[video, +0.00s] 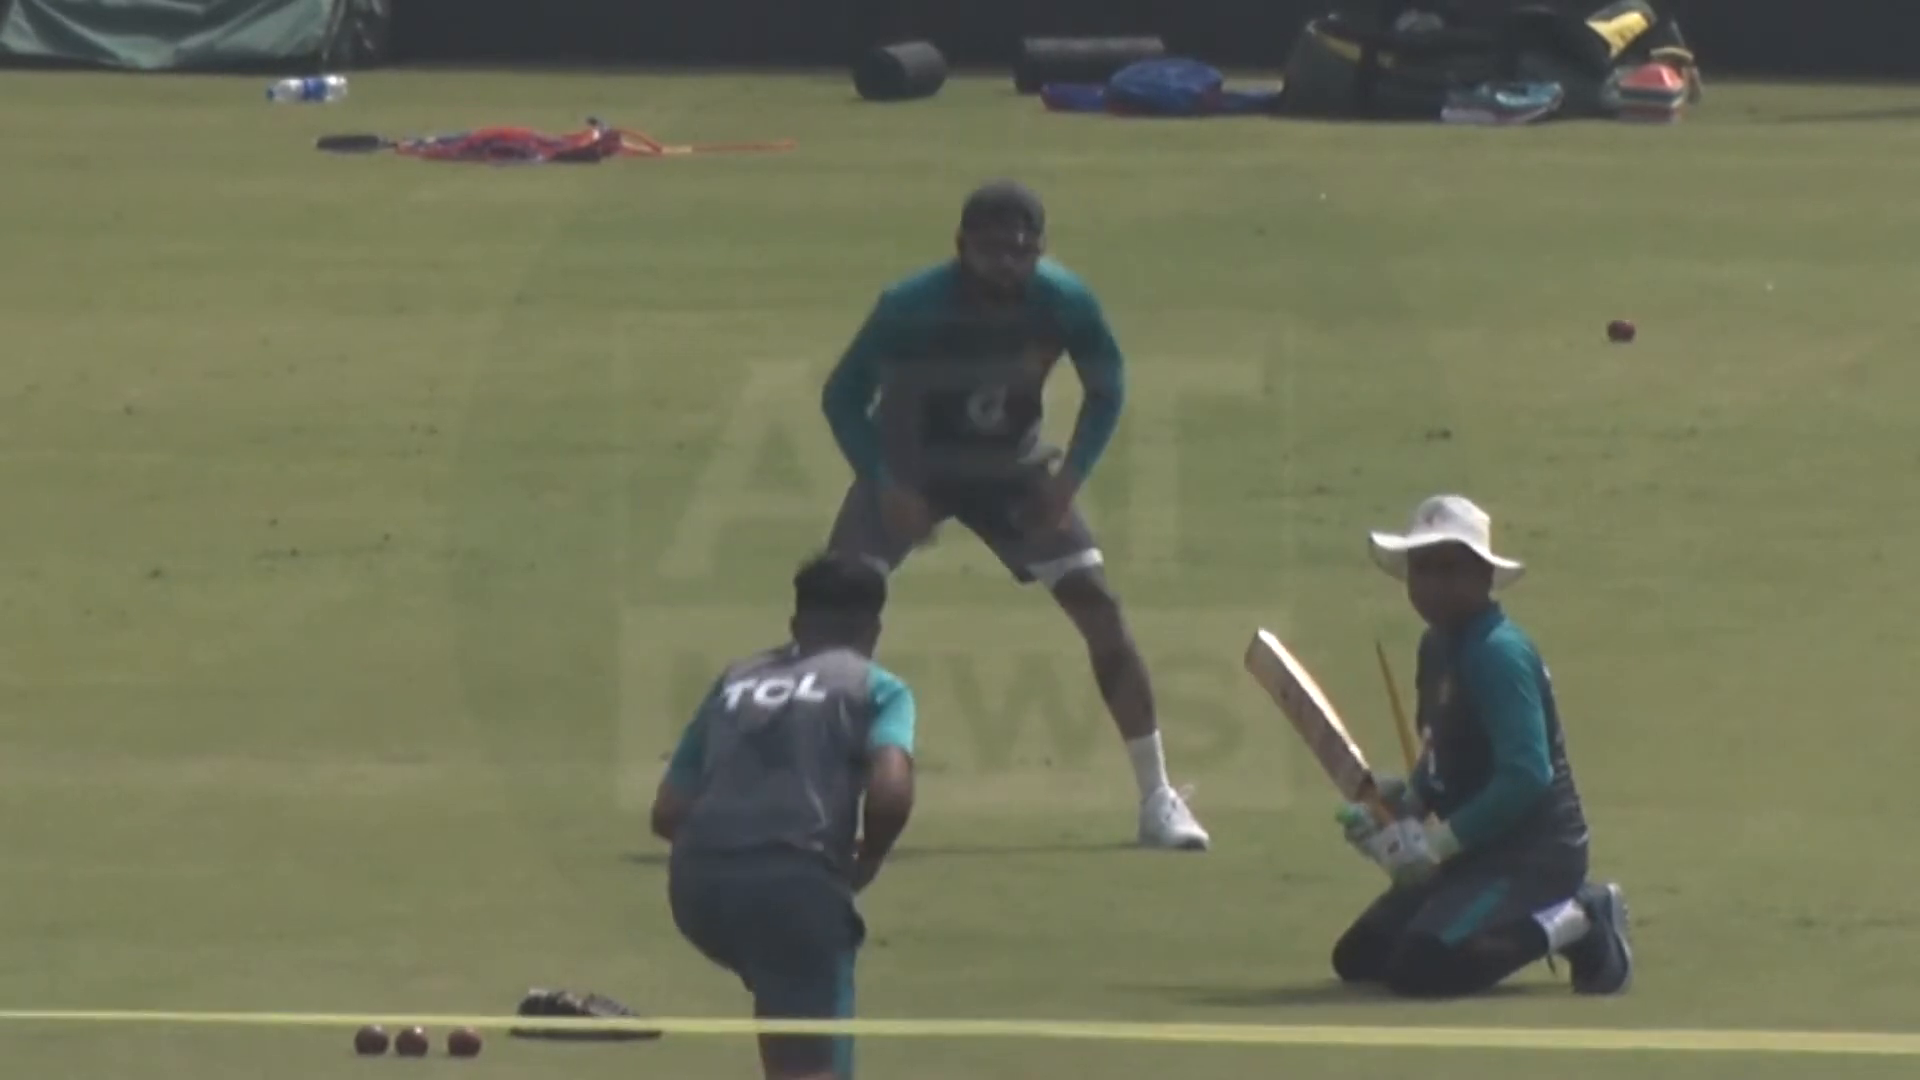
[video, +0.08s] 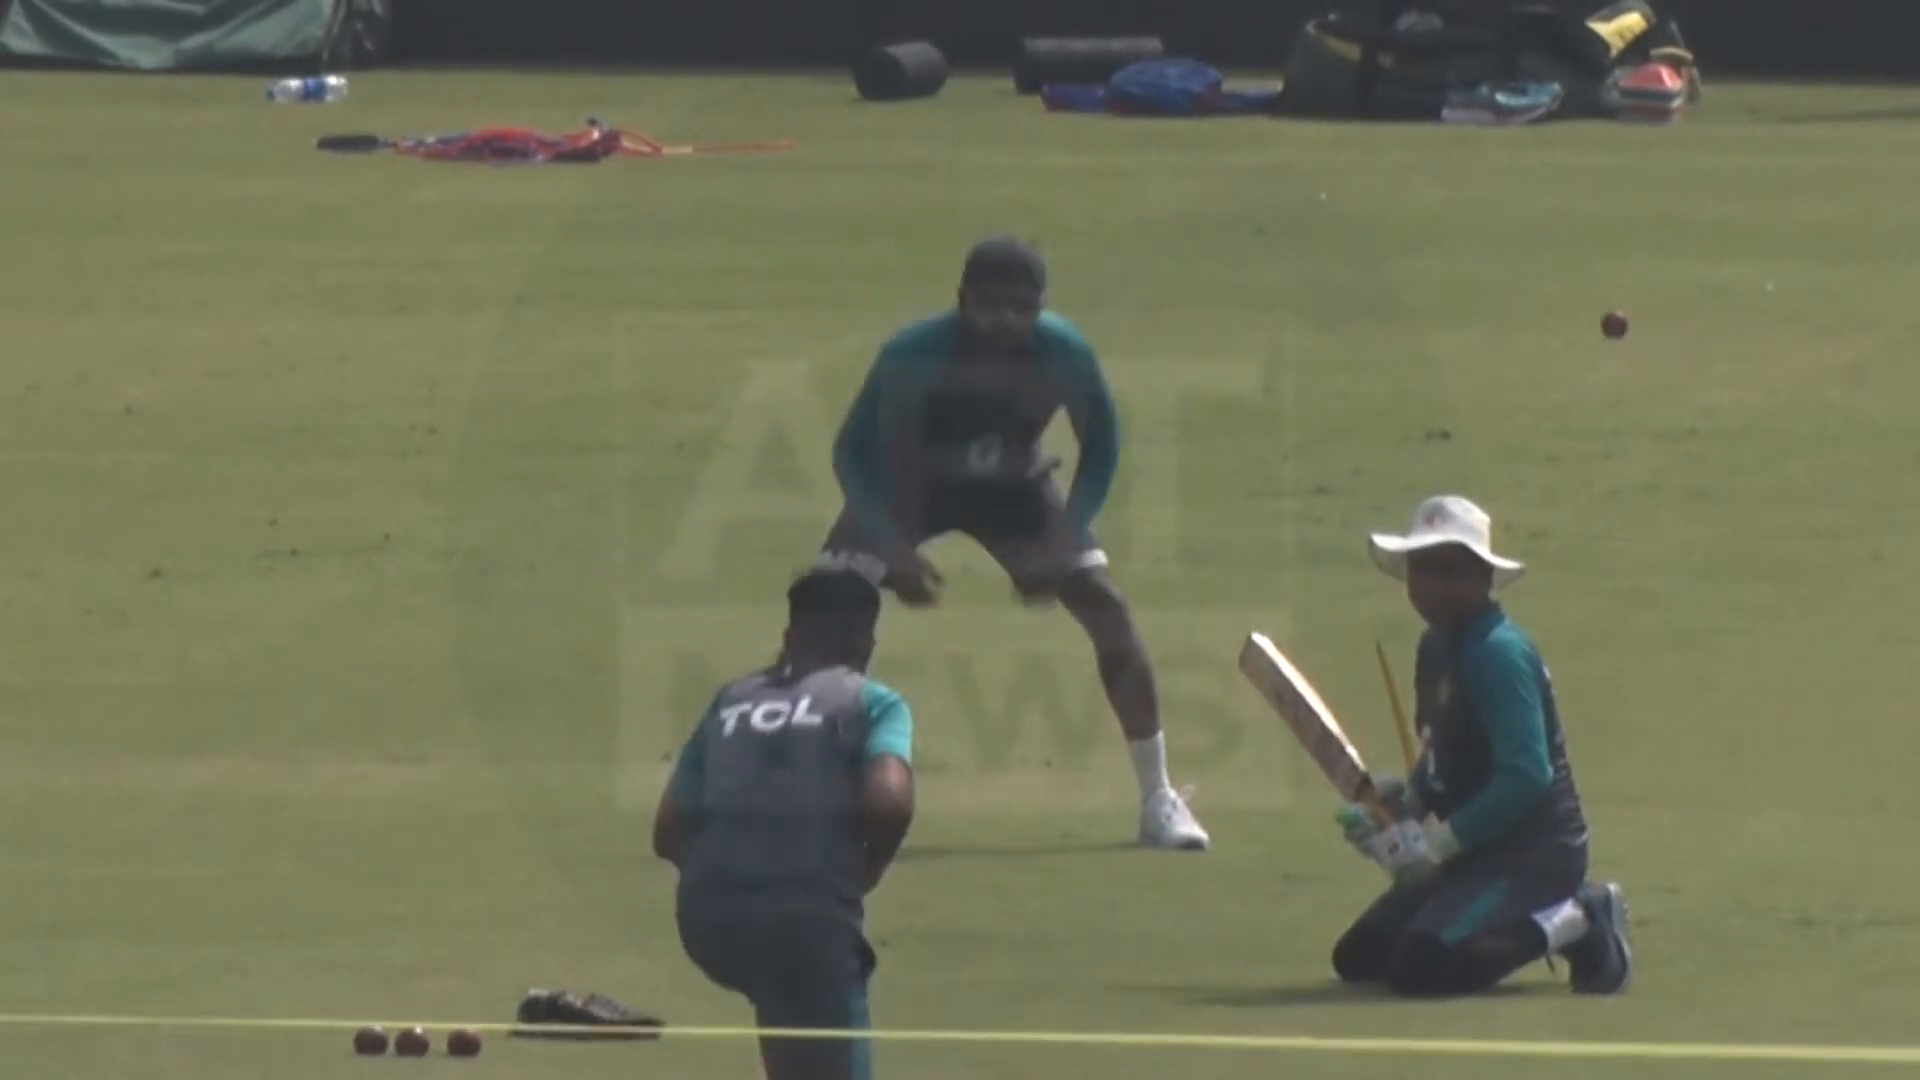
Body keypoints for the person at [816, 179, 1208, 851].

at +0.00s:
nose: (1004, 265)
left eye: (1018, 251)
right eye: (990, 250)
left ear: (1038, 249)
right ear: (961, 245)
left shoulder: (1066, 304)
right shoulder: (908, 308)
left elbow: (1106, 389)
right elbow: (841, 395)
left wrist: (1067, 480)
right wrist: (883, 484)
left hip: (1011, 474)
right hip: (909, 467)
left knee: (1098, 609)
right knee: (840, 601)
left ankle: (1159, 797)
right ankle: (817, 786)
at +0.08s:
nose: (1003, 321)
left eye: (1018, 307)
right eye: (989, 306)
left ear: (1038, 306)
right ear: (963, 300)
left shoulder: (1064, 355)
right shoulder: (911, 356)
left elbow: (1099, 448)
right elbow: (850, 454)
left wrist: (1062, 541)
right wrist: (894, 547)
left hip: (1012, 494)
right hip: (906, 492)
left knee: (1109, 613)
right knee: (835, 607)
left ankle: (1159, 797)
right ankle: (811, 788)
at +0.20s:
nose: (1005, 394)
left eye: (1018, 380)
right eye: (991, 379)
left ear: (1036, 371)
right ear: (963, 364)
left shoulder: (1062, 412)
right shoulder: (915, 407)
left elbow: (1082, 514)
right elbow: (866, 513)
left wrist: (1066, 614)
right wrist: (907, 606)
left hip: (1019, 535)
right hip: (913, 533)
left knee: (1117, 625)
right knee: (825, 611)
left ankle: (1159, 801)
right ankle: (798, 786)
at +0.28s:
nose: (1010, 416)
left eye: (1024, 402)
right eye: (995, 402)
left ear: (1041, 393)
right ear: (963, 389)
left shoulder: (1063, 437)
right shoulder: (912, 435)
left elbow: (1084, 534)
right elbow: (866, 543)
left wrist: (1065, 622)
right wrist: (910, 621)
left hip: (1017, 546)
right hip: (915, 544)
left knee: (1116, 621)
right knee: (824, 609)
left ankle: (1159, 800)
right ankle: (791, 776)